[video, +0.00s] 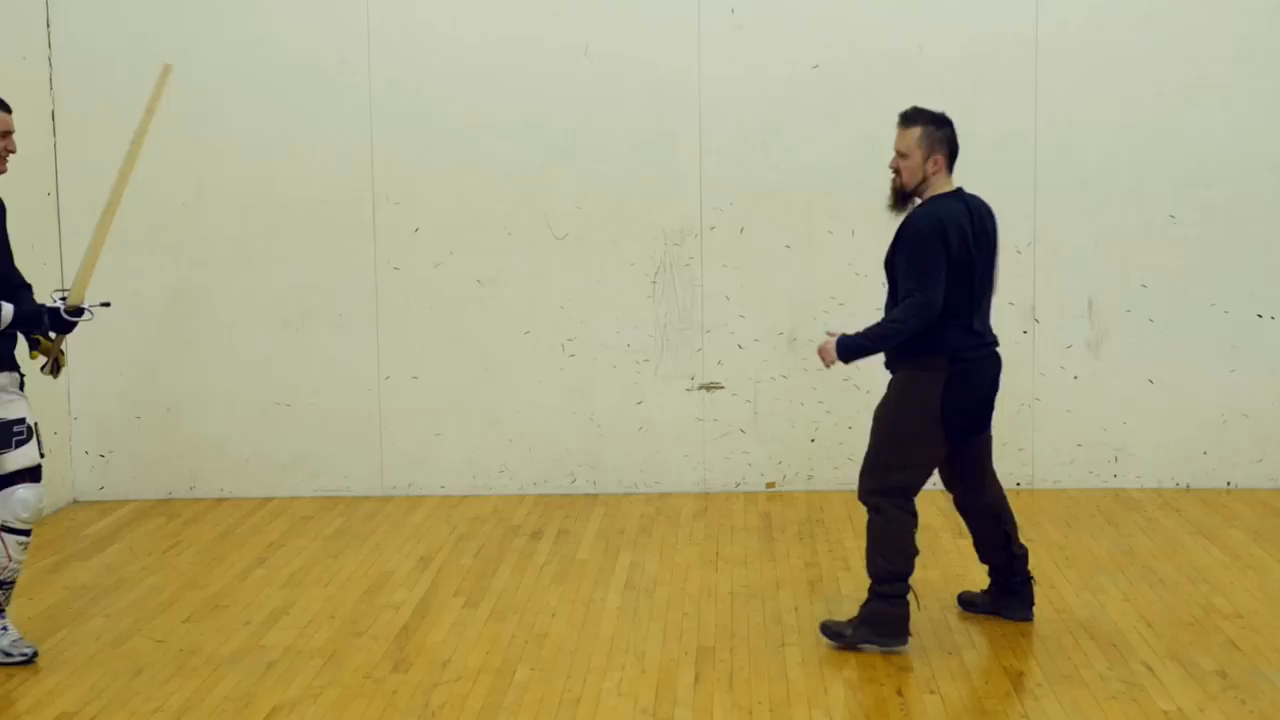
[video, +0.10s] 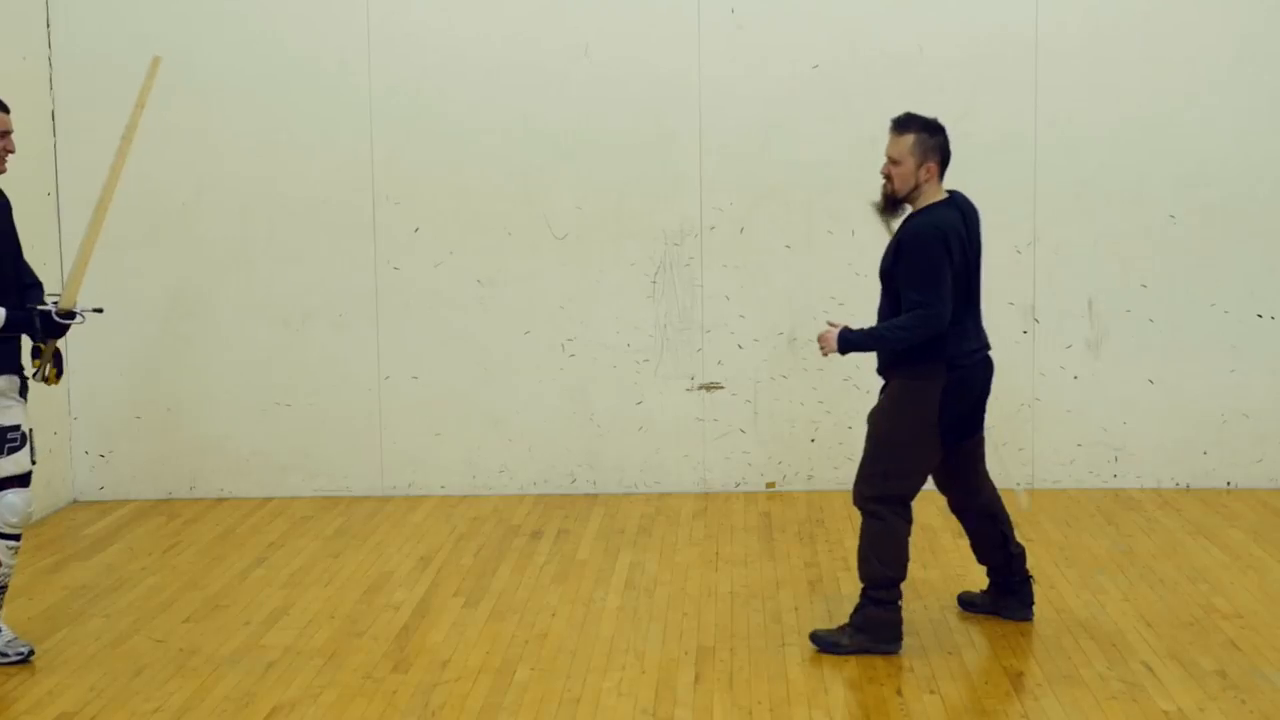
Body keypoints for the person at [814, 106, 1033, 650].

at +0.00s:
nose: (894, 165)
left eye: (902, 156)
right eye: (895, 155)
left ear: (935, 161)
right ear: (941, 163)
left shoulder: (925, 224)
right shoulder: (978, 213)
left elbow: (919, 309)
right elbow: (964, 294)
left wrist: (847, 346)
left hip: (930, 376)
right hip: (974, 371)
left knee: (886, 488)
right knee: (972, 480)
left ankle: (884, 617)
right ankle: (1012, 590)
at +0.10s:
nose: (887, 170)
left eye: (895, 162)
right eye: (887, 160)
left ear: (927, 167)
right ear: (930, 168)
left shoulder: (924, 230)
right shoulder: (960, 211)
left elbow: (929, 318)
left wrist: (851, 339)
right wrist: (899, 200)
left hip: (924, 380)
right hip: (963, 373)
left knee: (882, 494)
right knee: (965, 482)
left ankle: (876, 622)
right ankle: (1011, 589)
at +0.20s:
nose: (867, 180)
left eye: (877, 173)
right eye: (868, 169)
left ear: (911, 179)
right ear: (905, 175)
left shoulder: (922, 245)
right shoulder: (919, 207)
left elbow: (941, 338)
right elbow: (881, 225)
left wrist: (863, 349)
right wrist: (837, 225)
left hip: (917, 383)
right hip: (943, 376)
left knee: (867, 494)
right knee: (946, 482)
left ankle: (876, 623)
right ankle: (1007, 583)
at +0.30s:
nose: (854, 191)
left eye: (864, 183)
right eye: (855, 181)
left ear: (898, 189)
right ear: (887, 186)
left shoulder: (931, 252)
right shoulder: (880, 214)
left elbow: (955, 337)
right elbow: (832, 223)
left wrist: (877, 337)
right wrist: (768, 240)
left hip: (916, 387)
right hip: (906, 379)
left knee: (867, 495)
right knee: (929, 483)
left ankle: (877, 623)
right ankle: (998, 569)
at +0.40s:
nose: (854, 210)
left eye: (864, 200)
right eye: (851, 199)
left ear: (898, 196)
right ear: (852, 192)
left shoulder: (938, 254)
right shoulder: (857, 224)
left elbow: (977, 328)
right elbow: (803, 264)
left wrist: (901, 329)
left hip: (921, 392)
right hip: (887, 390)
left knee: (868, 496)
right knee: (917, 489)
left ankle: (877, 623)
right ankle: (984, 569)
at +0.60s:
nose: (857, 213)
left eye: (867, 202)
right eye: (852, 202)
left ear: (900, 196)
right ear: (849, 196)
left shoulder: (941, 251)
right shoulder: (848, 228)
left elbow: (980, 321)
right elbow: (813, 285)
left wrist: (910, 328)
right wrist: (818, 328)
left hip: (924, 391)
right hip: (874, 393)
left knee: (871, 496)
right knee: (909, 497)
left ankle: (878, 623)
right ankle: (981, 572)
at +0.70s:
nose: (852, 194)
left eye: (861, 184)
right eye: (848, 184)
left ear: (896, 182)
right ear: (847, 183)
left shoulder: (940, 242)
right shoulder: (852, 224)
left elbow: (978, 317)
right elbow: (816, 268)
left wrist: (906, 317)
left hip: (927, 389)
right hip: (884, 391)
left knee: (872, 493)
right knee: (909, 497)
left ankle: (877, 623)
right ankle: (984, 578)